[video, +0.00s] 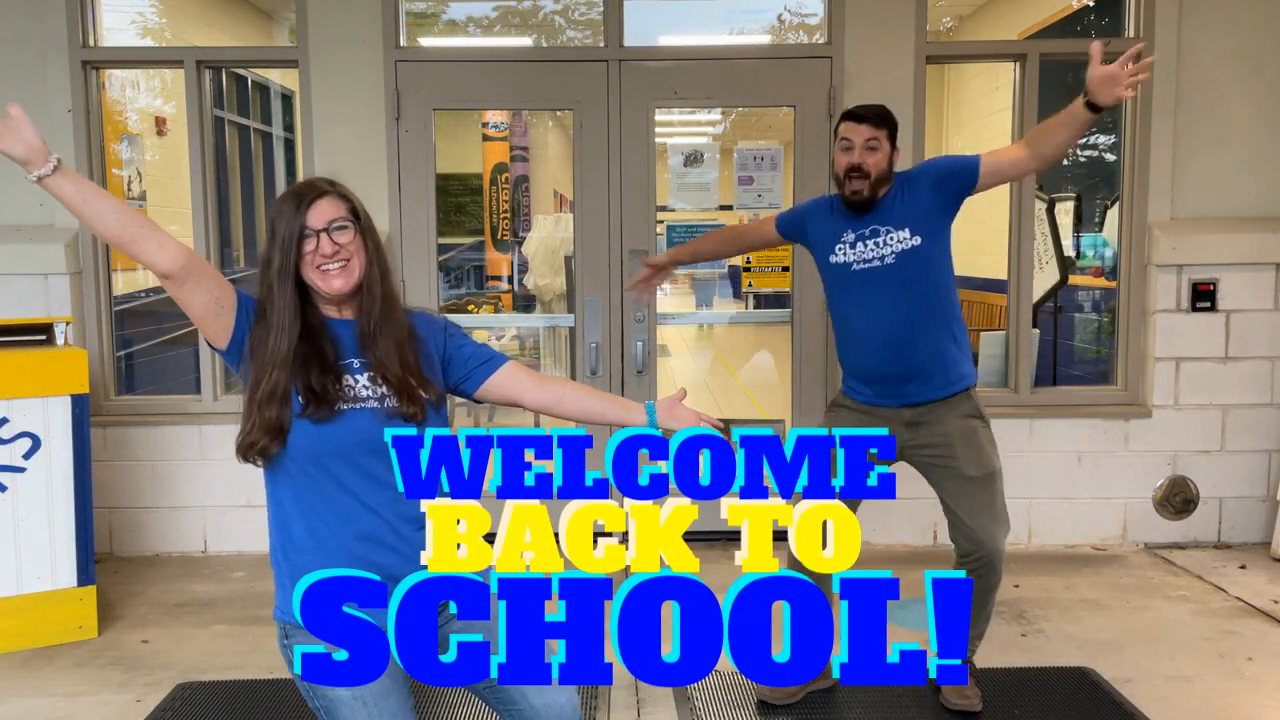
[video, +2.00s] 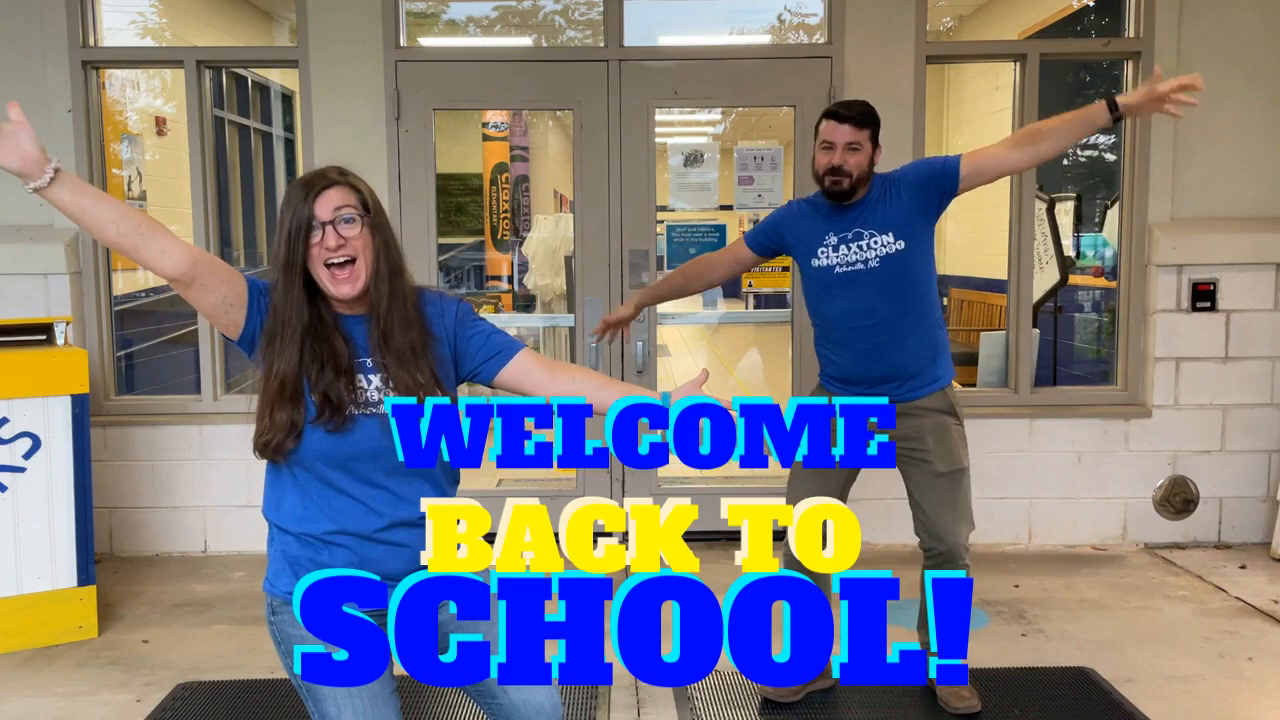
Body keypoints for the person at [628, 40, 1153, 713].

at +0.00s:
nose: (855, 158)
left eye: (868, 147)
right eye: (845, 146)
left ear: (893, 155)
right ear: (831, 156)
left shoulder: (933, 184)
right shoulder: (813, 218)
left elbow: (1026, 155)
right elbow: (741, 236)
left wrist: (1091, 103)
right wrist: (669, 259)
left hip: (947, 410)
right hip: (860, 411)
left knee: (986, 546)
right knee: (809, 531)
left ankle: (955, 662)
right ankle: (809, 653)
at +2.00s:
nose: (836, 158)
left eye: (850, 148)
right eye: (826, 147)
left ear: (874, 152)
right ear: (812, 154)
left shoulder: (916, 186)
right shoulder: (794, 222)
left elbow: (1017, 151)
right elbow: (718, 265)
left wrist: (1120, 106)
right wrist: (640, 297)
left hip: (923, 402)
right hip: (837, 409)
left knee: (947, 541)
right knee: (802, 531)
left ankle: (949, 666)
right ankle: (803, 659)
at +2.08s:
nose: (839, 161)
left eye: (853, 151)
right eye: (829, 149)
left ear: (879, 153)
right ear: (818, 151)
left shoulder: (922, 189)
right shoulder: (799, 221)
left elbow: (1028, 179)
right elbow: (722, 277)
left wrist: (1131, 165)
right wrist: (656, 333)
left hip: (927, 404)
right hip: (840, 403)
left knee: (946, 545)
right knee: (807, 537)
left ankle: (948, 668)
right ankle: (809, 663)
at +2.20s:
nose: (849, 170)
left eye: (863, 158)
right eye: (838, 158)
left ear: (887, 165)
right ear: (824, 164)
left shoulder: (931, 215)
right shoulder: (805, 236)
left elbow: (1025, 261)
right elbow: (763, 319)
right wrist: (721, 389)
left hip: (934, 413)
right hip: (849, 412)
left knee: (951, 552)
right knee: (813, 537)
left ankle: (947, 663)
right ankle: (807, 656)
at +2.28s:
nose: (855, 175)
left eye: (869, 164)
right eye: (844, 164)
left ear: (892, 170)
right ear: (831, 171)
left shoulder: (938, 231)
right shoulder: (811, 245)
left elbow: (984, 320)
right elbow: (804, 338)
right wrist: (785, 423)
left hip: (939, 419)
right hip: (850, 419)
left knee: (954, 555)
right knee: (817, 544)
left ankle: (949, 670)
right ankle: (808, 661)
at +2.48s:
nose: (846, 155)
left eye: (860, 143)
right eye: (835, 144)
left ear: (885, 152)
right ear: (821, 153)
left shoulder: (930, 213)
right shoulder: (801, 222)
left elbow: (974, 296)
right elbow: (765, 294)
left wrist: (992, 387)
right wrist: (746, 359)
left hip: (920, 410)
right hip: (829, 406)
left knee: (944, 546)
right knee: (786, 519)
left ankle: (950, 667)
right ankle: (795, 651)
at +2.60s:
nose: (819, 145)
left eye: (833, 132)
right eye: (807, 134)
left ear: (858, 138)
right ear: (794, 145)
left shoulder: (905, 194)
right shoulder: (773, 212)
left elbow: (975, 266)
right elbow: (723, 276)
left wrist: (1013, 348)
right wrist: (686, 336)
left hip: (898, 398)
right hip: (810, 394)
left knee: (933, 529)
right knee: (763, 523)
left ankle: (942, 657)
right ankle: (720, 663)